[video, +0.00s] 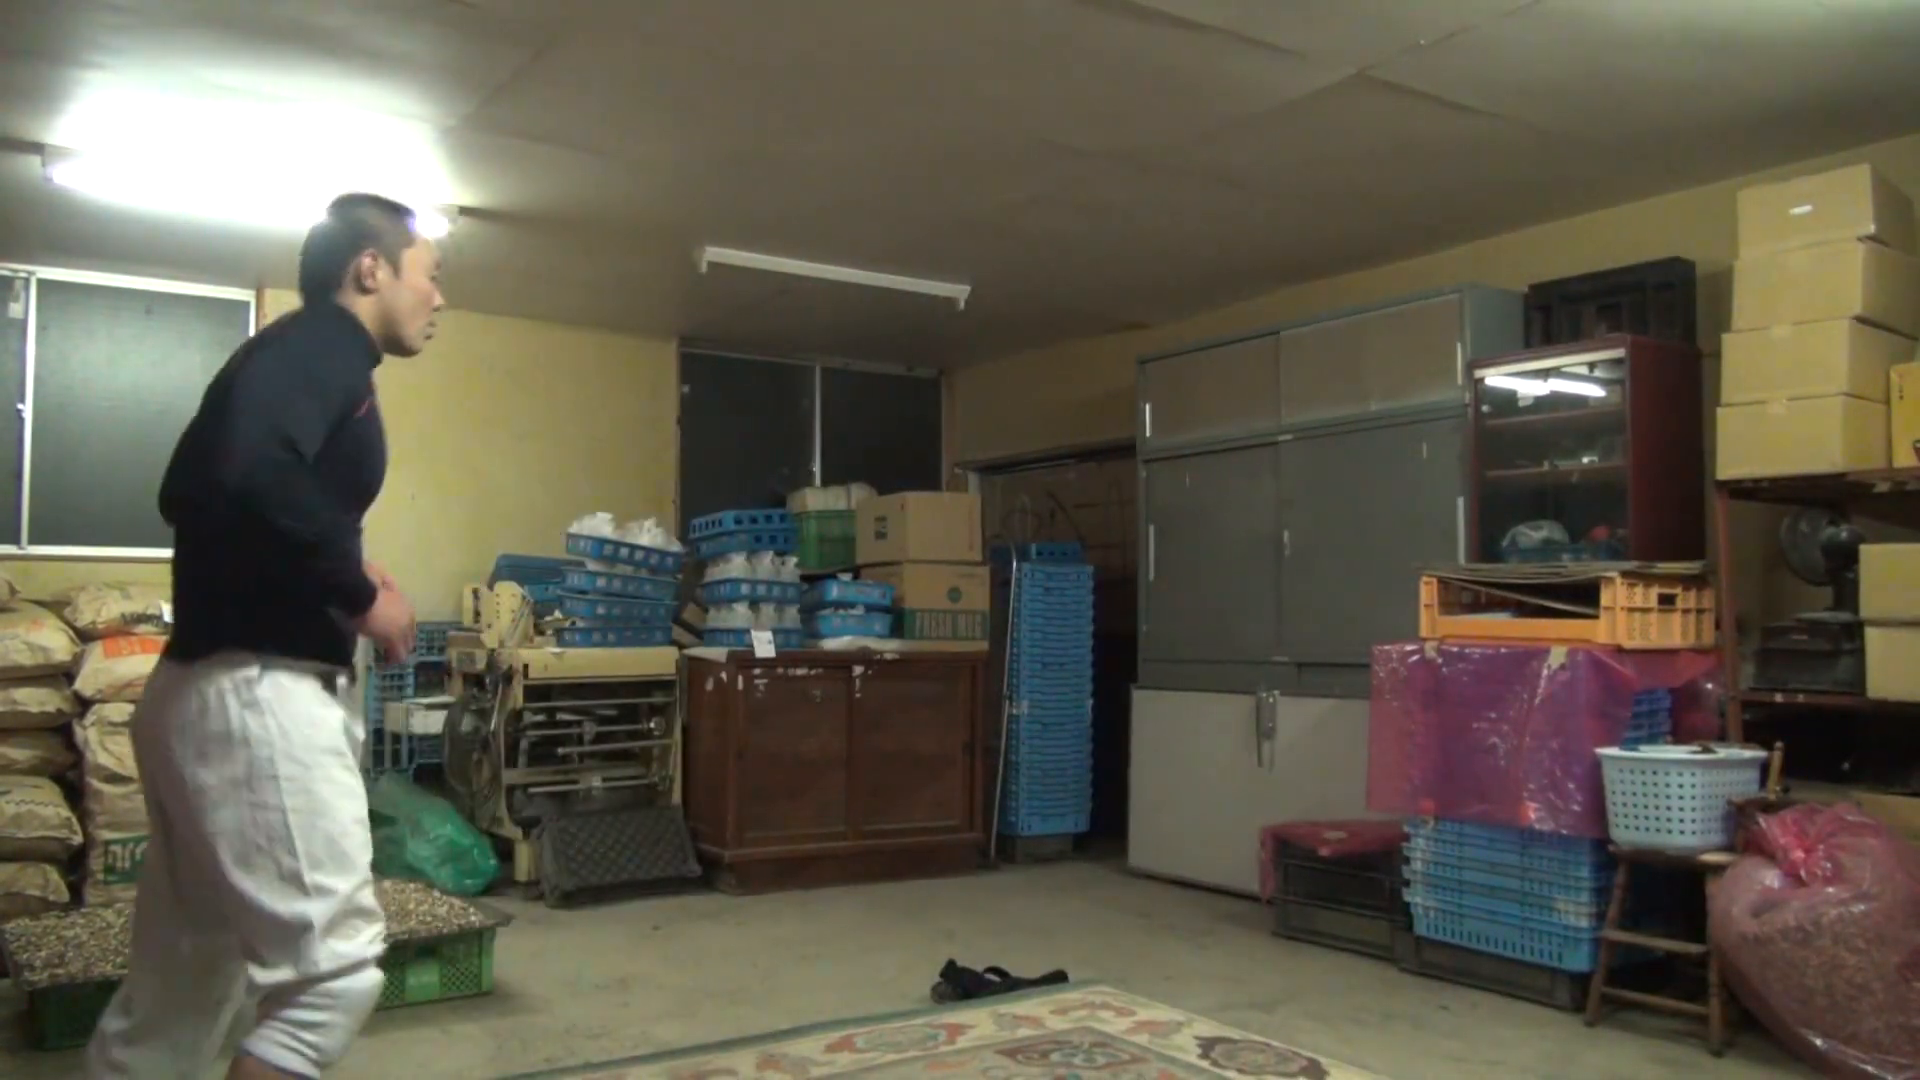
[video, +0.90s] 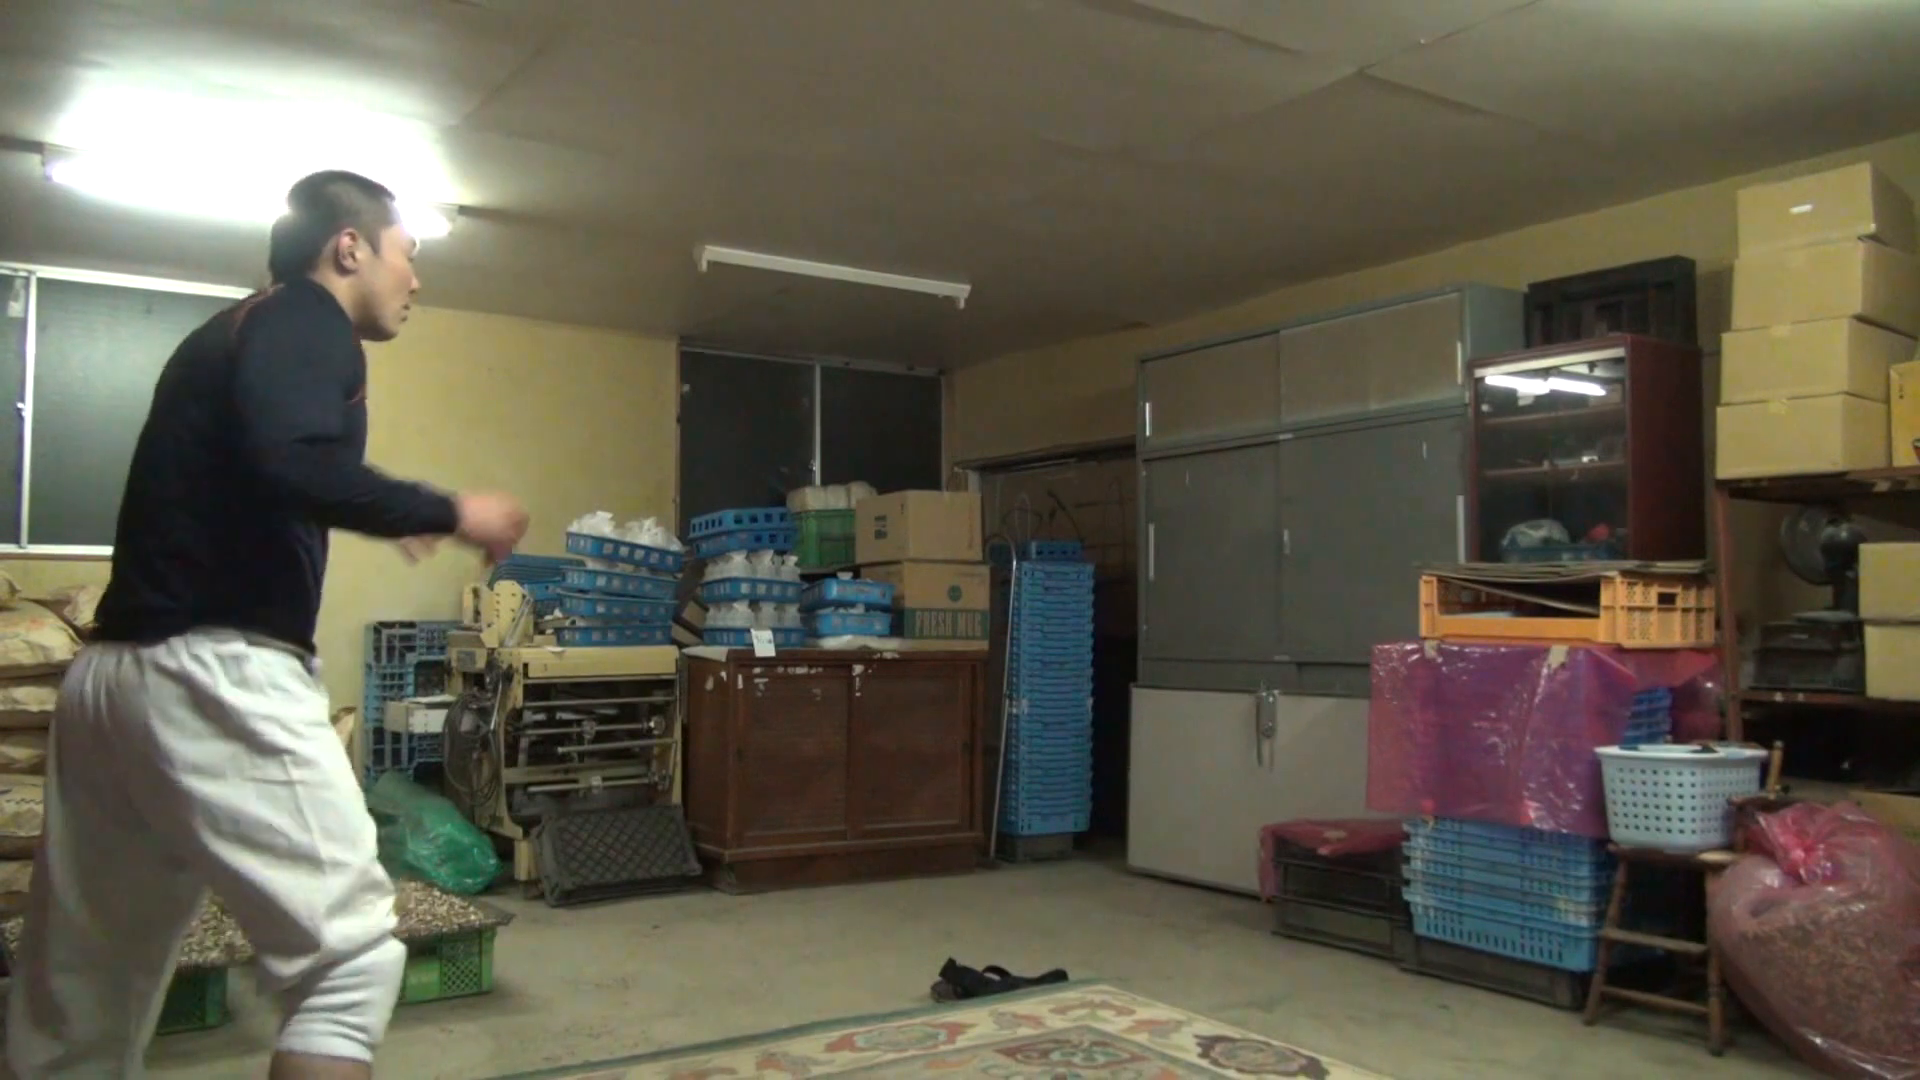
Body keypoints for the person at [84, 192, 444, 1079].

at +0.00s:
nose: (439, 295)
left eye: (437, 273)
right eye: (428, 271)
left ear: (358, 273)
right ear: (370, 270)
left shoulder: (268, 350)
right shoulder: (324, 344)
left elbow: (184, 494)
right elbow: (254, 468)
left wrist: (328, 577)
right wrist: (364, 589)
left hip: (201, 691)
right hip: (260, 698)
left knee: (180, 985)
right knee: (329, 973)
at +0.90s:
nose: (414, 280)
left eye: (413, 257)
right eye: (405, 254)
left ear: (316, 253)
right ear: (347, 248)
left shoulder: (219, 331)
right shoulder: (306, 320)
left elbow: (248, 482)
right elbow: (296, 462)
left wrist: (374, 511)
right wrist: (451, 507)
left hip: (104, 680)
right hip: (221, 681)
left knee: (75, 1007)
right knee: (346, 965)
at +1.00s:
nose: (415, 304)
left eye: (414, 278)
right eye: (406, 276)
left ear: (323, 271)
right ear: (353, 269)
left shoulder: (207, 358)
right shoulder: (325, 346)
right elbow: (405, 467)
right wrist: (550, 460)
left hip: (111, 705)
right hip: (239, 704)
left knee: (84, 1023)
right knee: (347, 1000)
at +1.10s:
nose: (423, 313)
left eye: (425, 292)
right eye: (419, 289)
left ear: (305, 282)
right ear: (371, 277)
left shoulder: (214, 367)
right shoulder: (349, 355)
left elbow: (324, 500)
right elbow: (491, 450)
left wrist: (442, 433)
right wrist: (616, 405)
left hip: (113, 715)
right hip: (248, 711)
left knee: (103, 1018)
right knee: (359, 1001)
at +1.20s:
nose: (425, 309)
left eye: (425, 287)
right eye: (421, 282)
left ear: (318, 270)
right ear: (374, 273)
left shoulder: (216, 357)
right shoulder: (348, 339)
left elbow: (283, 522)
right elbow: (518, 400)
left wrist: (414, 488)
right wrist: (658, 361)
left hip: (109, 703)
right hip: (237, 701)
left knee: (99, 1014)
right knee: (340, 1001)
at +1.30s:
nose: (415, 319)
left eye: (418, 299)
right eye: (412, 296)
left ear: (315, 278)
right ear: (362, 280)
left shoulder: (212, 369)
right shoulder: (336, 346)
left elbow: (286, 543)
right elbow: (499, 380)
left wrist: (432, 513)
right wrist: (673, 349)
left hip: (96, 707)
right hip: (216, 704)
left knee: (85, 1022)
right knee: (317, 1002)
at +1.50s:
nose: (425, 332)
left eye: (428, 310)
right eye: (419, 306)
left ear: (343, 305)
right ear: (362, 300)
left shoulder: (225, 377)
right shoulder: (328, 370)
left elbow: (315, 537)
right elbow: (403, 520)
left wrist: (467, 539)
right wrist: (553, 489)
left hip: (72, 707)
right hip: (195, 709)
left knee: (50, 1023)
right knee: (312, 991)